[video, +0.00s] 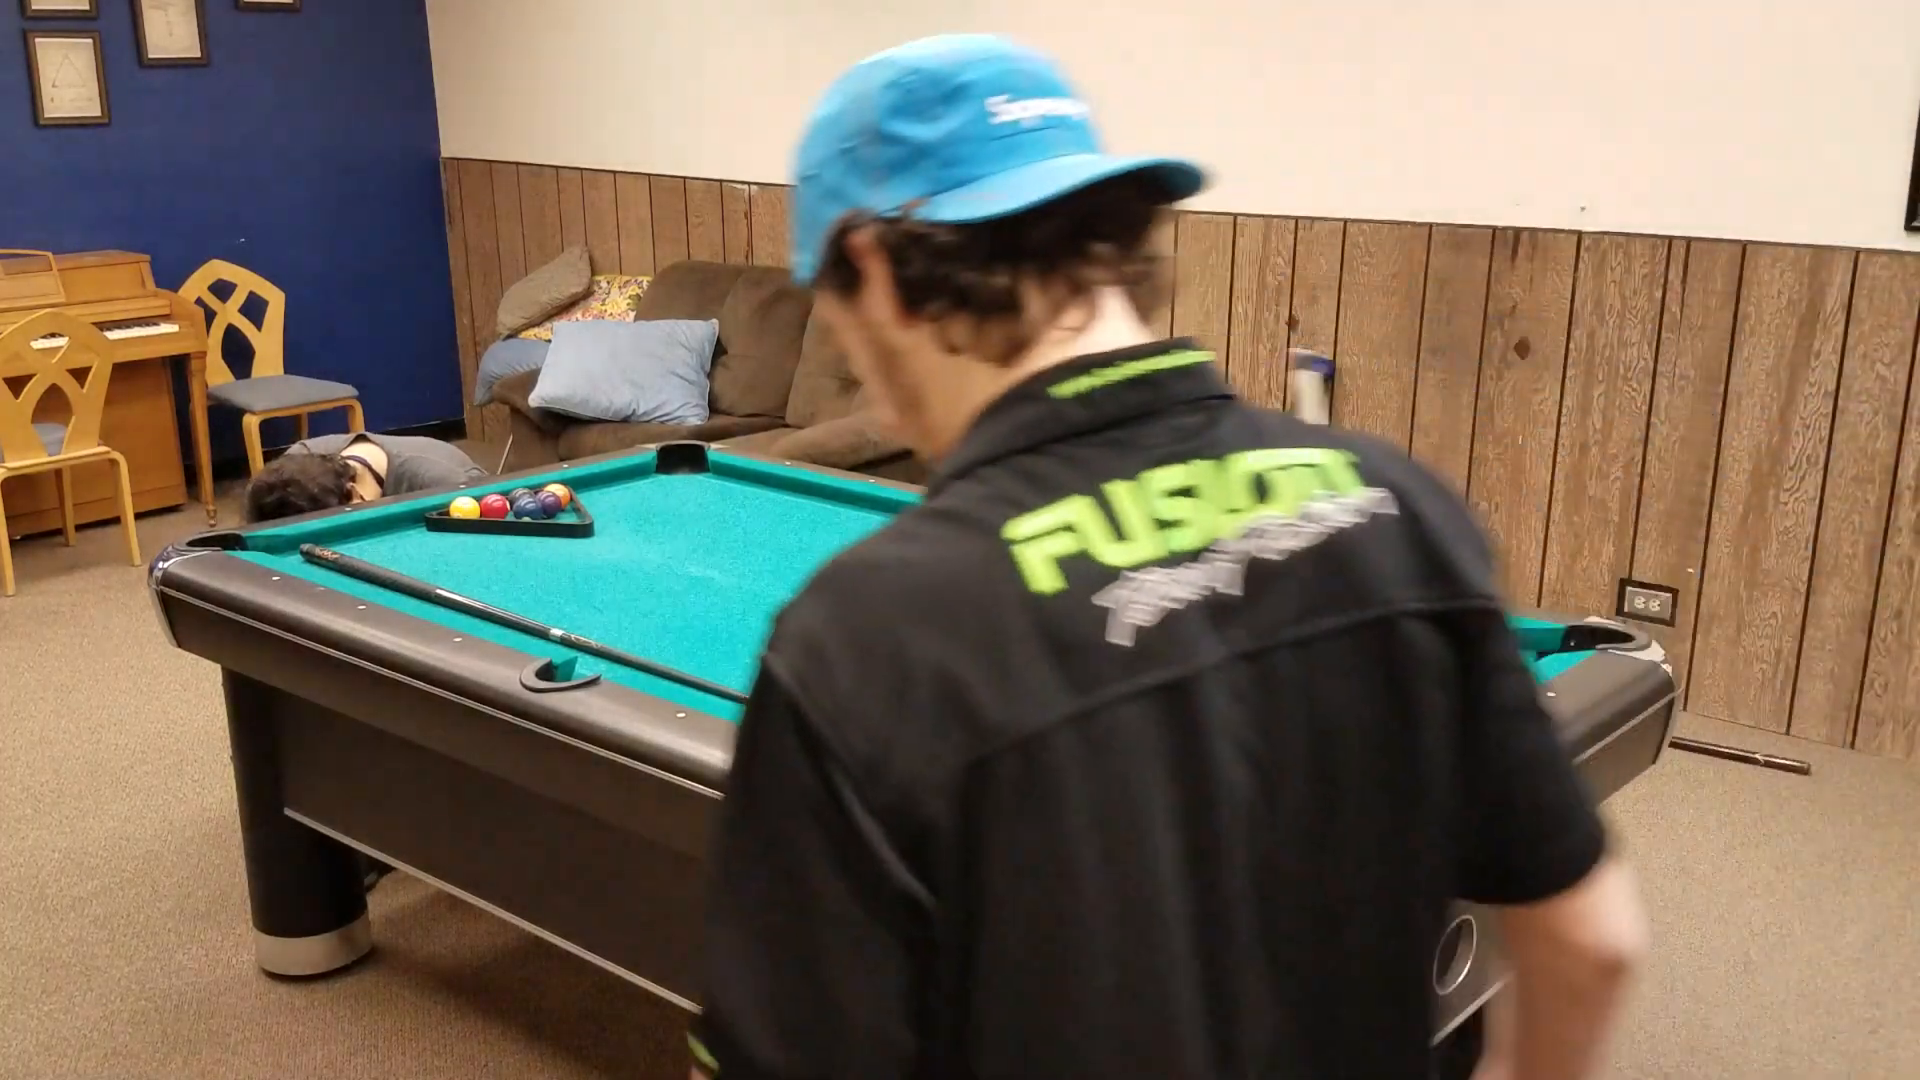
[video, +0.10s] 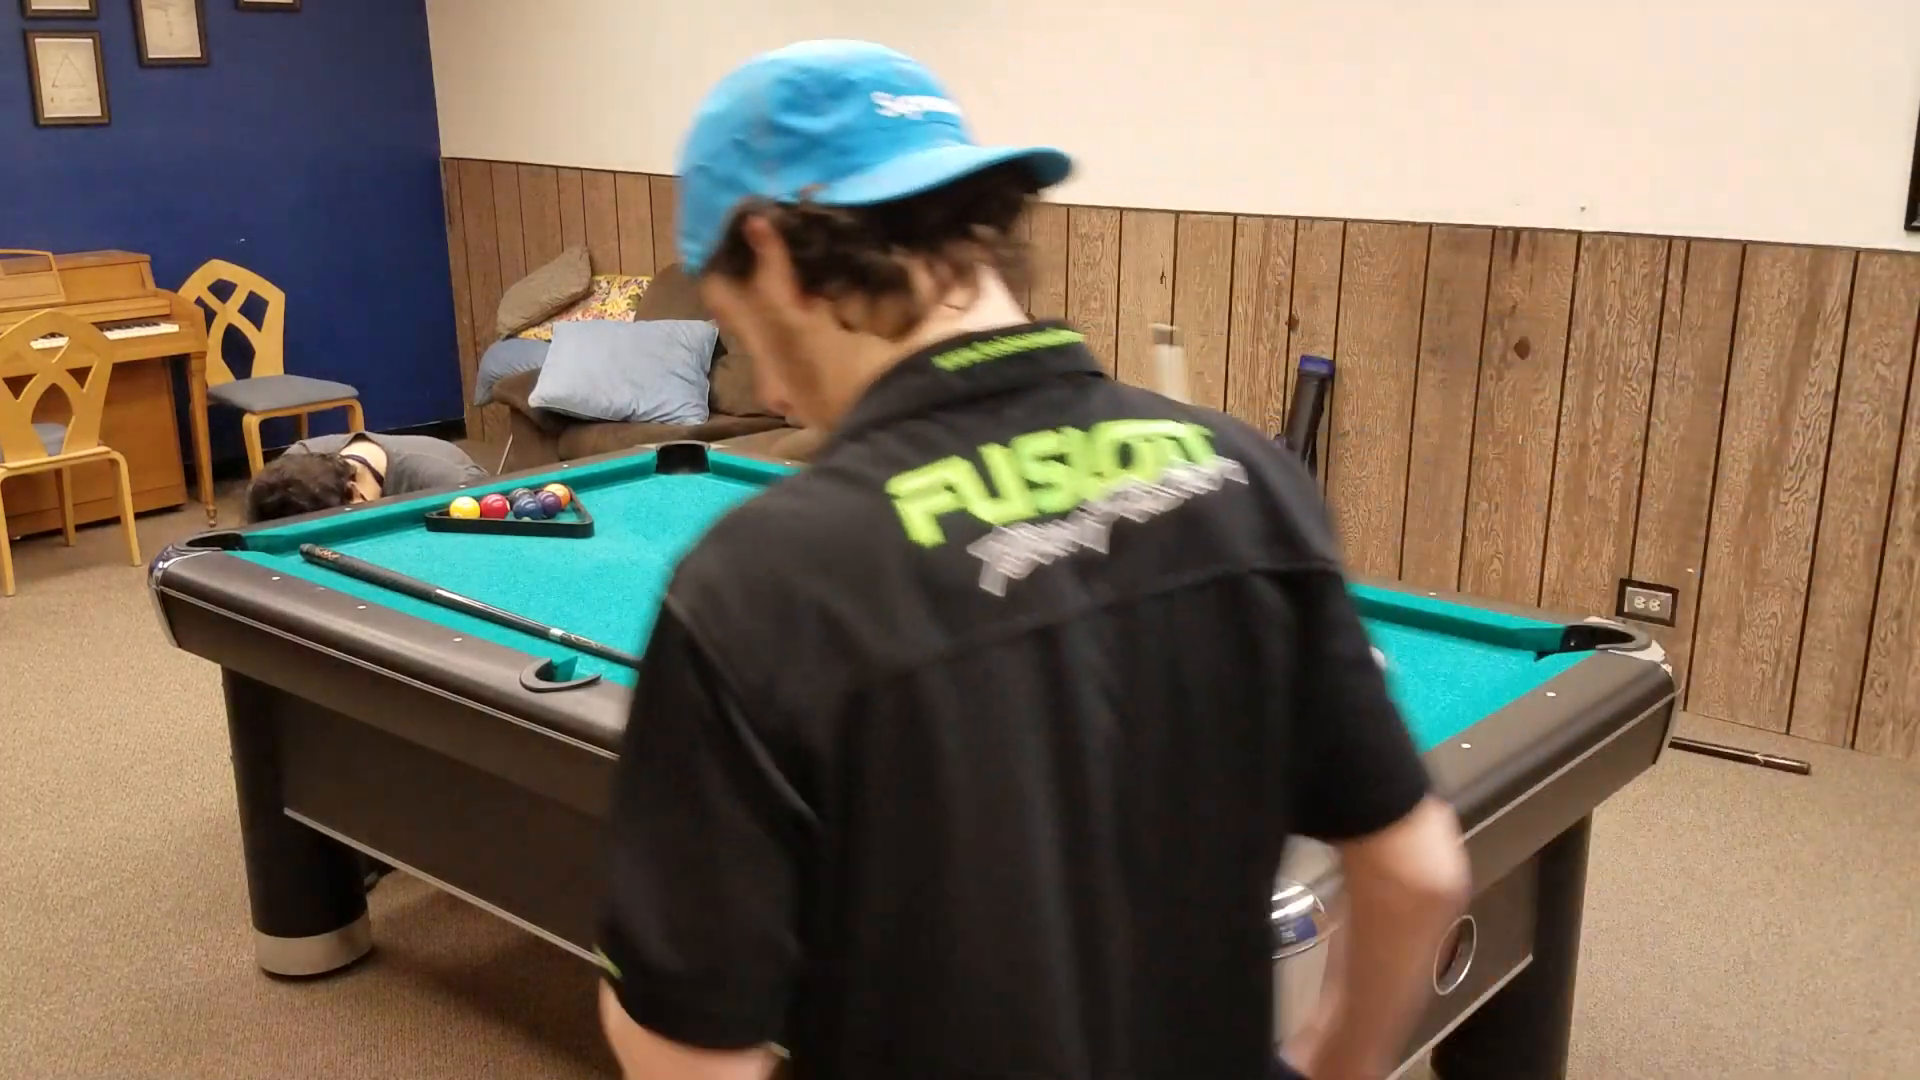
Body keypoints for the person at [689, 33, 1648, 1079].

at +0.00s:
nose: (865, 397)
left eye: (837, 332)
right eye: (836, 341)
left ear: (873, 276)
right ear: (1119, 239)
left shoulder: (864, 650)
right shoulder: (1394, 505)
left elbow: (795, 1047)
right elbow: (1588, 941)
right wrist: (1522, 1062)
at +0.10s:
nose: (762, 387)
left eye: (734, 328)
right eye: (731, 339)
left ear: (767, 256)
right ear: (977, 220)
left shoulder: (763, 586)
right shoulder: (1239, 473)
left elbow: (685, 1051)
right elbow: (1418, 875)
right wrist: (1337, 1063)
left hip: (918, 1055)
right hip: (1212, 1055)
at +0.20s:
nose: (657, 340)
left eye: (624, 282)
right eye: (621, 291)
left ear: (669, 214)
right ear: (849, 187)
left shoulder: (659, 534)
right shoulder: (1108, 430)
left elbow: (599, 1018)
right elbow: (1260, 783)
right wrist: (1185, 974)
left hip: (784, 1058)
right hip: (1092, 1052)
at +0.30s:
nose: (538, 298)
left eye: (512, 246)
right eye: (507, 255)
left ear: (559, 182)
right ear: (734, 137)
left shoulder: (557, 494)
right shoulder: (992, 373)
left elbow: (520, 958)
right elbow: (1128, 712)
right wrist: (1013, 889)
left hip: (700, 1054)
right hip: (1011, 1044)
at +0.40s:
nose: (417, 292)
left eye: (393, 239)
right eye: (389, 247)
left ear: (445, 174)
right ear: (605, 128)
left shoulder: (453, 475)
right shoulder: (869, 356)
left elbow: (422, 925)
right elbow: (1005, 672)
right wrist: (873, 838)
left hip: (606, 1053)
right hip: (913, 1037)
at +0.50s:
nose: (291, 307)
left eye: (265, 257)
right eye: (260, 267)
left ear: (320, 191)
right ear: (474, 146)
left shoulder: (316, 504)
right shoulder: (739, 361)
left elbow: (298, 929)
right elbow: (877, 669)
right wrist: (754, 818)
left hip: (513, 1050)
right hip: (830, 1030)